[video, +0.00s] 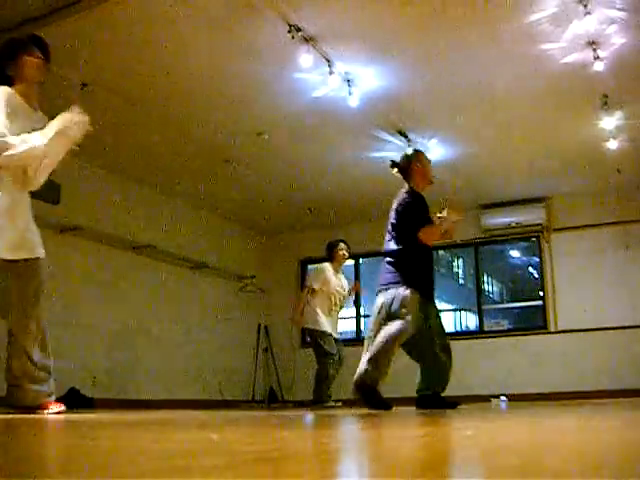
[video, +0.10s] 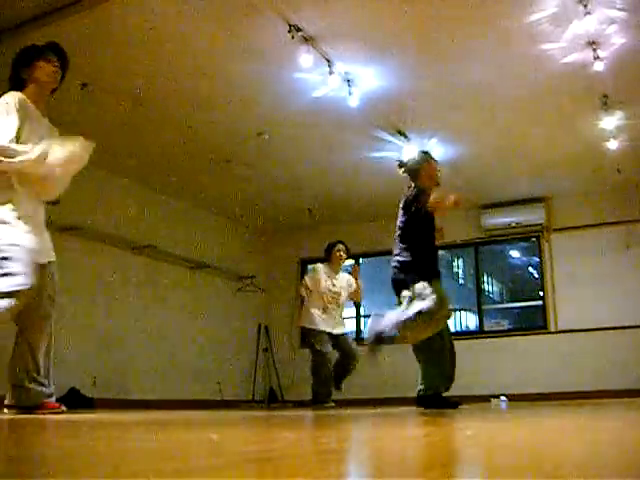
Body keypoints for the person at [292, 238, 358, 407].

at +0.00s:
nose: (344, 253)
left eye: (346, 251)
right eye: (340, 250)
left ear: (347, 255)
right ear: (332, 253)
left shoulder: (342, 280)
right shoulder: (322, 269)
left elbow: (338, 304)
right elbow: (306, 291)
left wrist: (351, 292)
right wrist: (298, 313)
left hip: (329, 324)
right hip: (315, 320)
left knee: (338, 356)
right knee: (329, 356)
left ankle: (323, 395)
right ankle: (321, 397)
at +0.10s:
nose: (341, 255)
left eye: (343, 252)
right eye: (337, 251)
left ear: (346, 257)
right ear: (329, 254)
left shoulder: (346, 278)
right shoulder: (318, 271)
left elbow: (357, 298)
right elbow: (303, 288)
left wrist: (356, 279)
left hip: (336, 324)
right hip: (315, 322)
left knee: (350, 355)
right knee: (324, 356)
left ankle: (335, 379)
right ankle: (322, 397)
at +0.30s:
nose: (343, 249)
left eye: (346, 247)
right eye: (340, 246)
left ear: (348, 252)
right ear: (333, 248)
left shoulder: (350, 272)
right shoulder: (320, 261)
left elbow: (359, 290)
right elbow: (297, 258)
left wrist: (358, 297)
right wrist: (308, 273)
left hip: (337, 304)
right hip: (317, 305)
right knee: (316, 351)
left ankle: (319, 356)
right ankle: (329, 392)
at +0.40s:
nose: (342, 253)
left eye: (345, 251)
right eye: (340, 249)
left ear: (348, 255)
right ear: (332, 252)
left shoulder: (351, 275)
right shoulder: (319, 270)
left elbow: (358, 301)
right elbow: (300, 274)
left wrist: (358, 323)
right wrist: (303, 285)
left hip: (338, 317)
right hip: (320, 316)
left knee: (307, 338)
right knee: (321, 358)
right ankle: (339, 396)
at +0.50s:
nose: (341, 258)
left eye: (344, 255)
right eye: (338, 254)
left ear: (346, 259)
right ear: (330, 256)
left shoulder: (350, 277)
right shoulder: (320, 278)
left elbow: (365, 298)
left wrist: (356, 317)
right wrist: (316, 304)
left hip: (339, 324)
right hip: (322, 323)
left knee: (307, 348)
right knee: (318, 364)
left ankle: (278, 372)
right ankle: (337, 396)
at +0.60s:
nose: (346, 254)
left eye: (348, 251)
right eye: (342, 251)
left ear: (349, 255)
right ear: (332, 254)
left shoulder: (351, 275)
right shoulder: (321, 276)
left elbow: (365, 292)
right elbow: (319, 297)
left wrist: (359, 308)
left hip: (339, 321)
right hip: (323, 319)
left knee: (303, 330)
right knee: (317, 354)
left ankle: (300, 373)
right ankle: (335, 395)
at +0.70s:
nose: (354, 251)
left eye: (356, 248)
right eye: (352, 247)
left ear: (355, 250)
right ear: (342, 247)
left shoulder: (350, 268)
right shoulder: (325, 259)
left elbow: (349, 289)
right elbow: (311, 258)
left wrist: (347, 292)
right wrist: (335, 259)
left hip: (334, 308)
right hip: (316, 307)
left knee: (315, 336)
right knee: (322, 355)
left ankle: (338, 361)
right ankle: (334, 393)